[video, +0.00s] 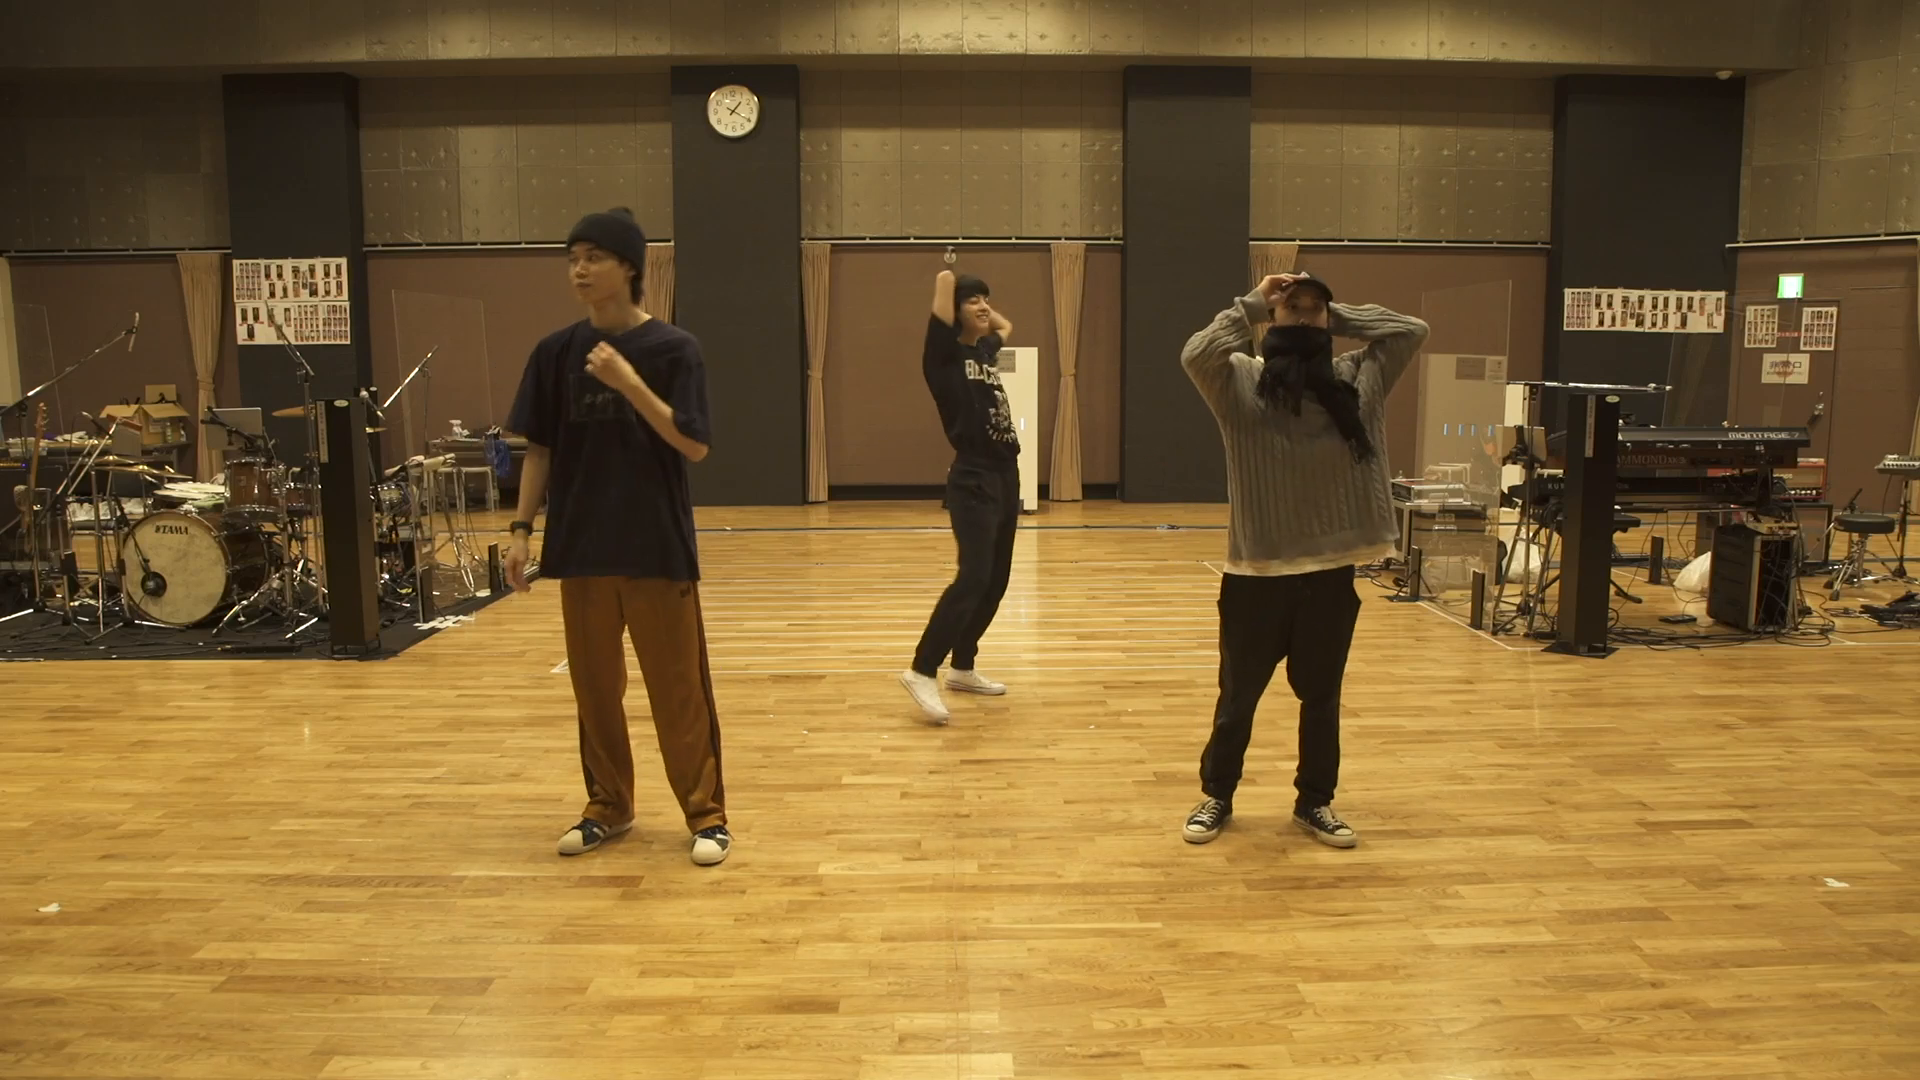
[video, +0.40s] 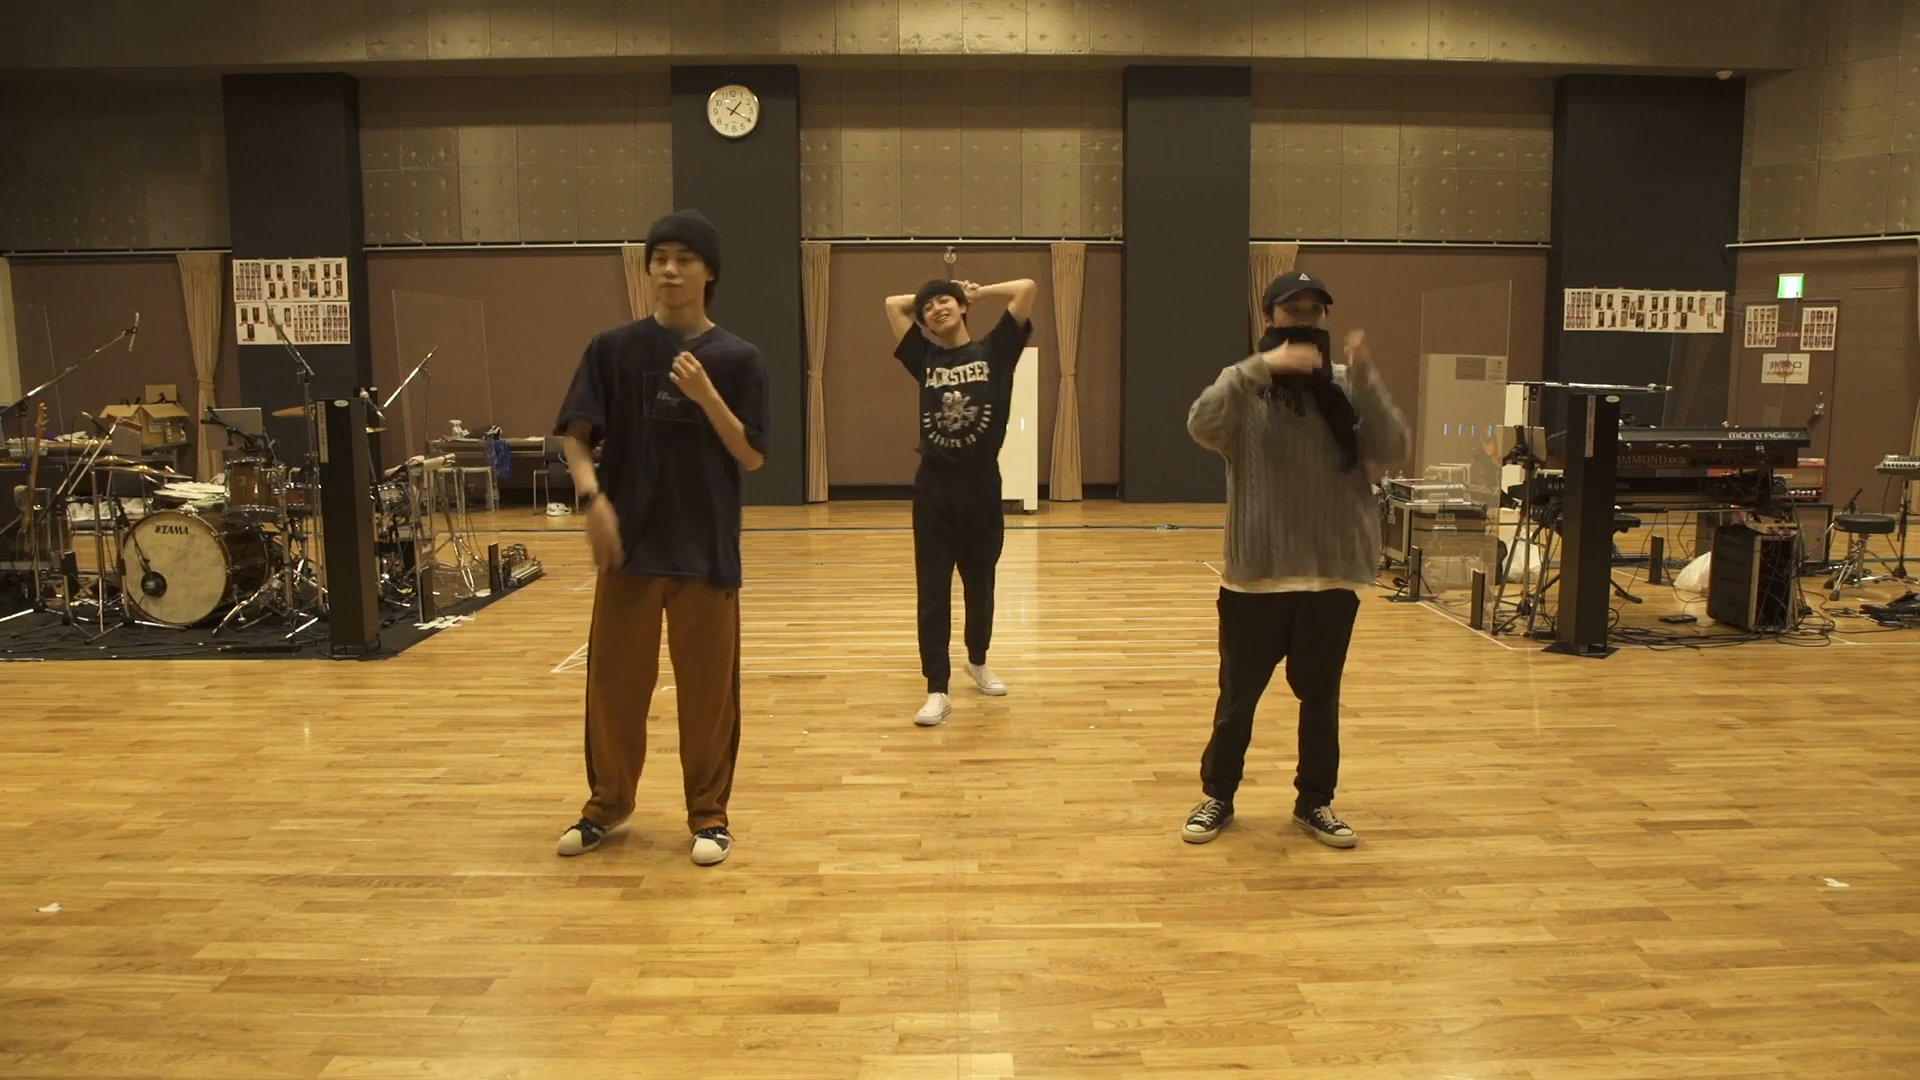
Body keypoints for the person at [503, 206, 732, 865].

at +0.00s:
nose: (580, 271)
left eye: (594, 259)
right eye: (575, 260)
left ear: (630, 267)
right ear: (570, 270)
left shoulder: (674, 350)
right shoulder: (555, 353)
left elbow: (694, 444)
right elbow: (538, 450)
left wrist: (631, 384)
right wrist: (522, 527)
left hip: (658, 550)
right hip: (578, 551)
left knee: (680, 690)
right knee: (595, 689)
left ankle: (706, 816)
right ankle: (607, 810)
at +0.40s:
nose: (671, 271)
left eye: (685, 260)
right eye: (661, 260)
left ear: (710, 273)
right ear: (647, 271)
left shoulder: (739, 359)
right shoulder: (611, 349)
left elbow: (750, 454)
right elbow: (574, 436)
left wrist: (708, 398)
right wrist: (593, 499)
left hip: (707, 549)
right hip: (628, 546)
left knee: (709, 689)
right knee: (613, 681)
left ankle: (709, 816)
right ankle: (607, 805)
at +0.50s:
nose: (685, 271)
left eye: (700, 261)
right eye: (675, 260)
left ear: (723, 273)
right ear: (661, 270)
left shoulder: (752, 360)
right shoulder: (624, 347)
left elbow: (773, 452)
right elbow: (584, 432)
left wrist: (725, 404)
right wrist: (604, 422)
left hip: (719, 550)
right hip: (637, 548)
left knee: (715, 689)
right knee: (621, 685)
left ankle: (711, 818)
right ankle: (615, 813)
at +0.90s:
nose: (701, 274)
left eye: (717, 266)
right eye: (694, 263)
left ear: (744, 279)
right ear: (682, 272)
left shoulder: (768, 364)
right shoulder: (647, 343)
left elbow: (780, 461)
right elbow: (619, 426)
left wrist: (734, 498)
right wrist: (608, 356)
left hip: (725, 551)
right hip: (648, 542)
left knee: (718, 686)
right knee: (629, 675)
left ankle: (711, 821)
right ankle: (616, 824)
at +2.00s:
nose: (625, 281)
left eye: (635, 271)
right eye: (625, 270)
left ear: (672, 279)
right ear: (652, 279)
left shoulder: (722, 359)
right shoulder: (622, 353)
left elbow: (742, 454)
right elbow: (611, 441)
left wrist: (676, 464)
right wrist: (571, 425)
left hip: (686, 553)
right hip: (621, 549)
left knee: (687, 685)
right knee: (623, 677)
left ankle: (710, 817)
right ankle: (661, 790)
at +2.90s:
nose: (602, 287)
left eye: (617, 276)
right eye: (595, 275)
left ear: (647, 282)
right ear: (586, 281)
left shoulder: (687, 354)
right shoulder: (572, 363)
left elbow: (740, 426)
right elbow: (566, 448)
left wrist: (695, 472)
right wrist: (580, 511)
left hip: (675, 544)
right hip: (609, 548)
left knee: (684, 675)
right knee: (633, 675)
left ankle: (694, 818)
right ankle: (665, 793)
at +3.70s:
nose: (680, 287)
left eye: (693, 276)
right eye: (670, 275)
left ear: (717, 284)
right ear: (658, 283)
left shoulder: (748, 363)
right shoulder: (629, 358)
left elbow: (763, 461)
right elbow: (612, 450)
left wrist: (763, 541)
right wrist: (616, 522)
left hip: (728, 547)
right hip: (653, 548)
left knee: (738, 678)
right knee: (654, 678)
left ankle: (751, 798)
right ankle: (669, 791)